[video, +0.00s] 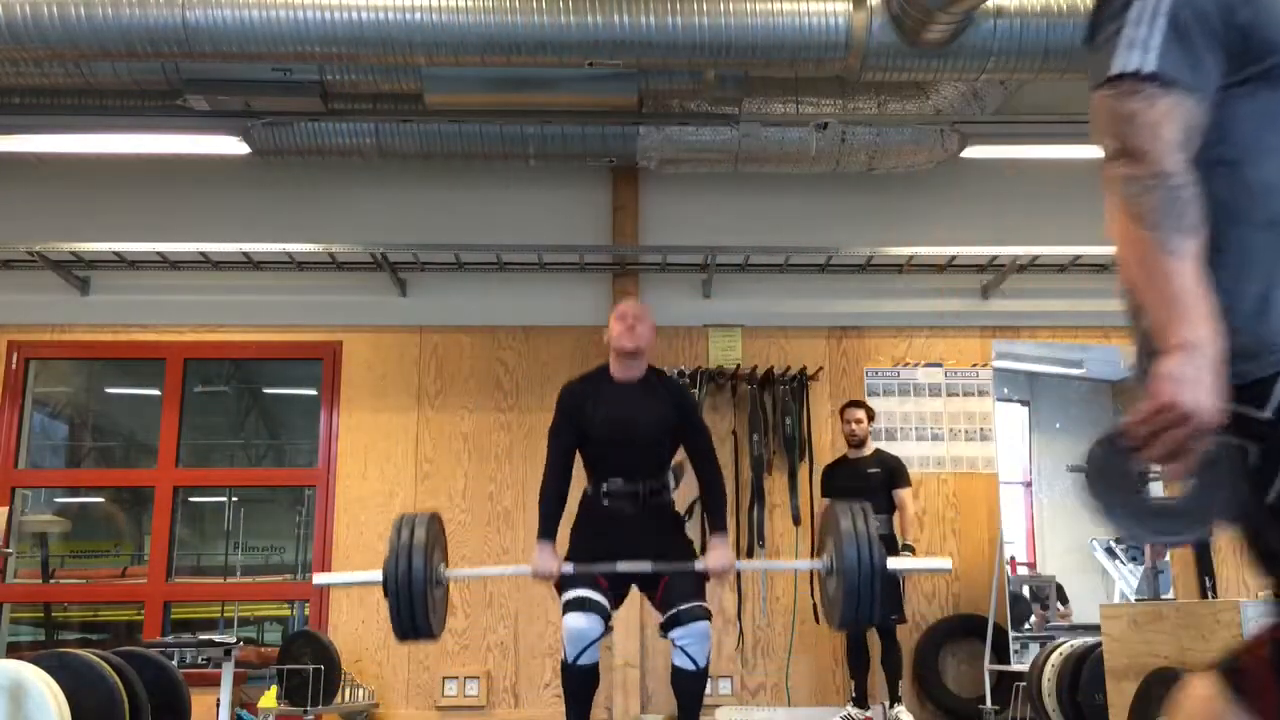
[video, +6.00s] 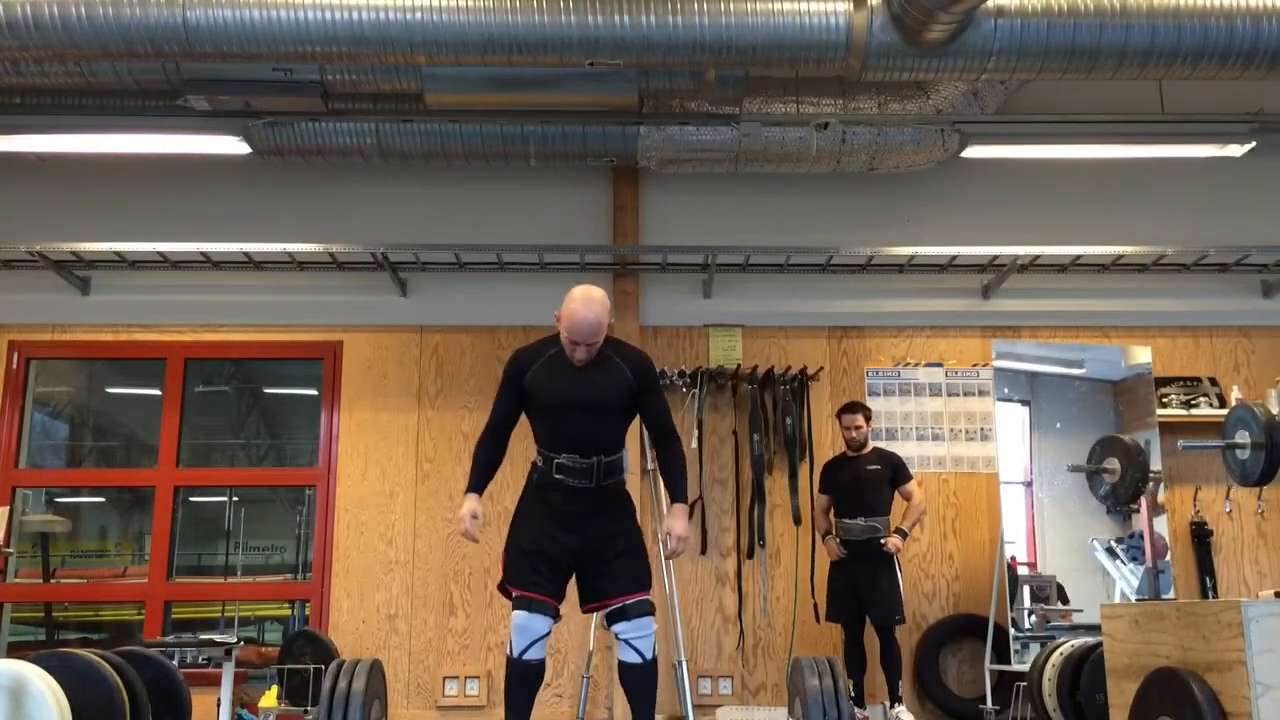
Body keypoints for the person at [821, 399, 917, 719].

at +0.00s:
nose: (853, 427)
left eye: (859, 421)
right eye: (848, 422)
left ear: (869, 424)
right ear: (841, 426)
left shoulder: (889, 463)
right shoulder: (831, 470)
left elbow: (906, 506)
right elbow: (823, 513)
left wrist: (907, 546)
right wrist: (818, 551)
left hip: (882, 555)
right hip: (846, 556)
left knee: (886, 629)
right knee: (854, 630)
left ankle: (895, 704)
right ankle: (859, 704)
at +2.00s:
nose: (853, 429)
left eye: (859, 423)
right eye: (848, 424)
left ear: (872, 427)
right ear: (842, 429)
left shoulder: (890, 467)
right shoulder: (832, 472)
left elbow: (905, 513)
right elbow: (825, 518)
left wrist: (901, 554)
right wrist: (822, 559)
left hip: (881, 558)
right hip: (846, 560)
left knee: (886, 631)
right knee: (852, 632)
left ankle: (895, 704)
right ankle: (856, 705)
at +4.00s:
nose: (853, 432)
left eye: (859, 426)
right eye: (848, 426)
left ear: (870, 429)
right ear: (841, 429)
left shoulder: (888, 466)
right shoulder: (830, 471)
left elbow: (904, 510)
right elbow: (821, 516)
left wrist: (899, 552)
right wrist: (819, 555)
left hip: (879, 556)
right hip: (845, 557)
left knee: (885, 630)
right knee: (851, 633)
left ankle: (896, 703)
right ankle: (857, 705)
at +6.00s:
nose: (852, 434)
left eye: (857, 428)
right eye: (847, 429)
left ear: (869, 426)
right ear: (840, 430)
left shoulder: (890, 461)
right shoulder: (831, 468)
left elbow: (917, 501)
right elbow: (821, 511)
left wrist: (901, 534)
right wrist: (827, 538)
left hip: (880, 557)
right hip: (844, 559)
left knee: (886, 632)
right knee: (852, 633)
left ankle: (896, 704)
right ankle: (858, 706)